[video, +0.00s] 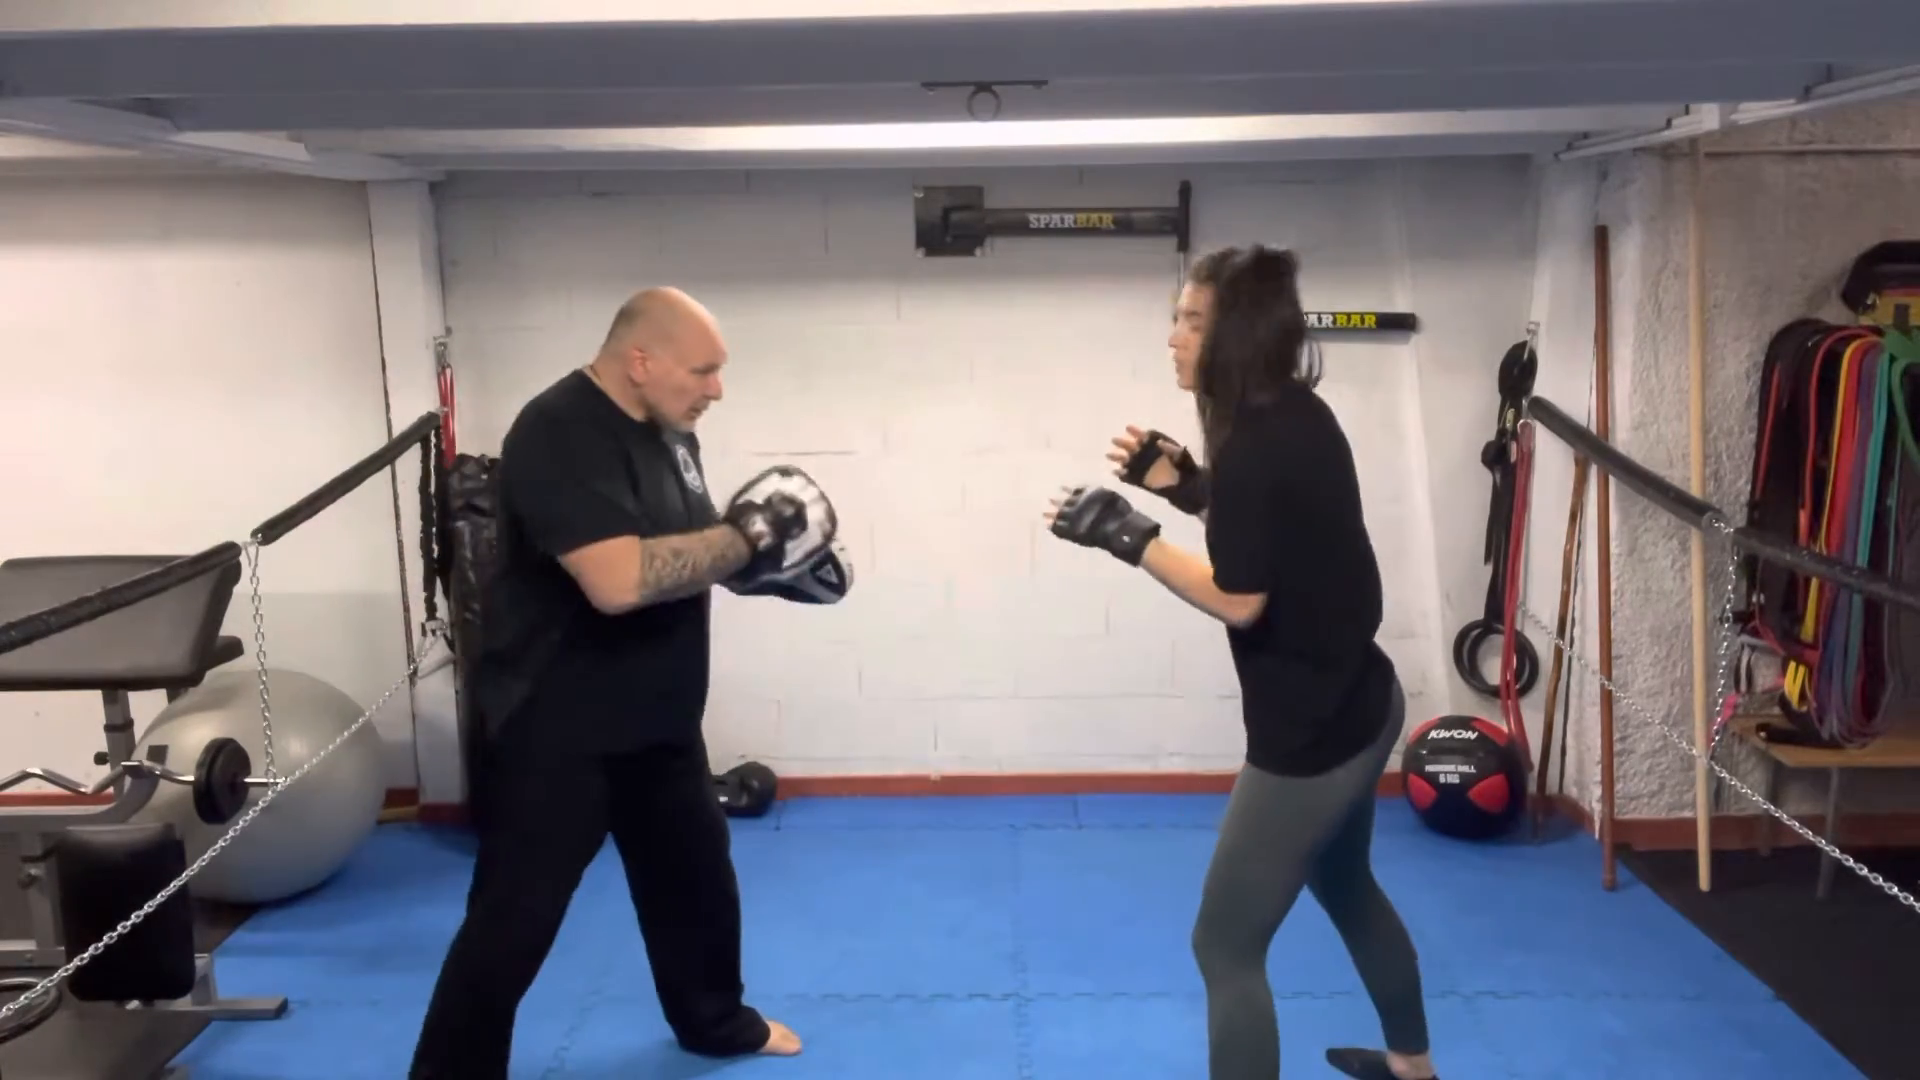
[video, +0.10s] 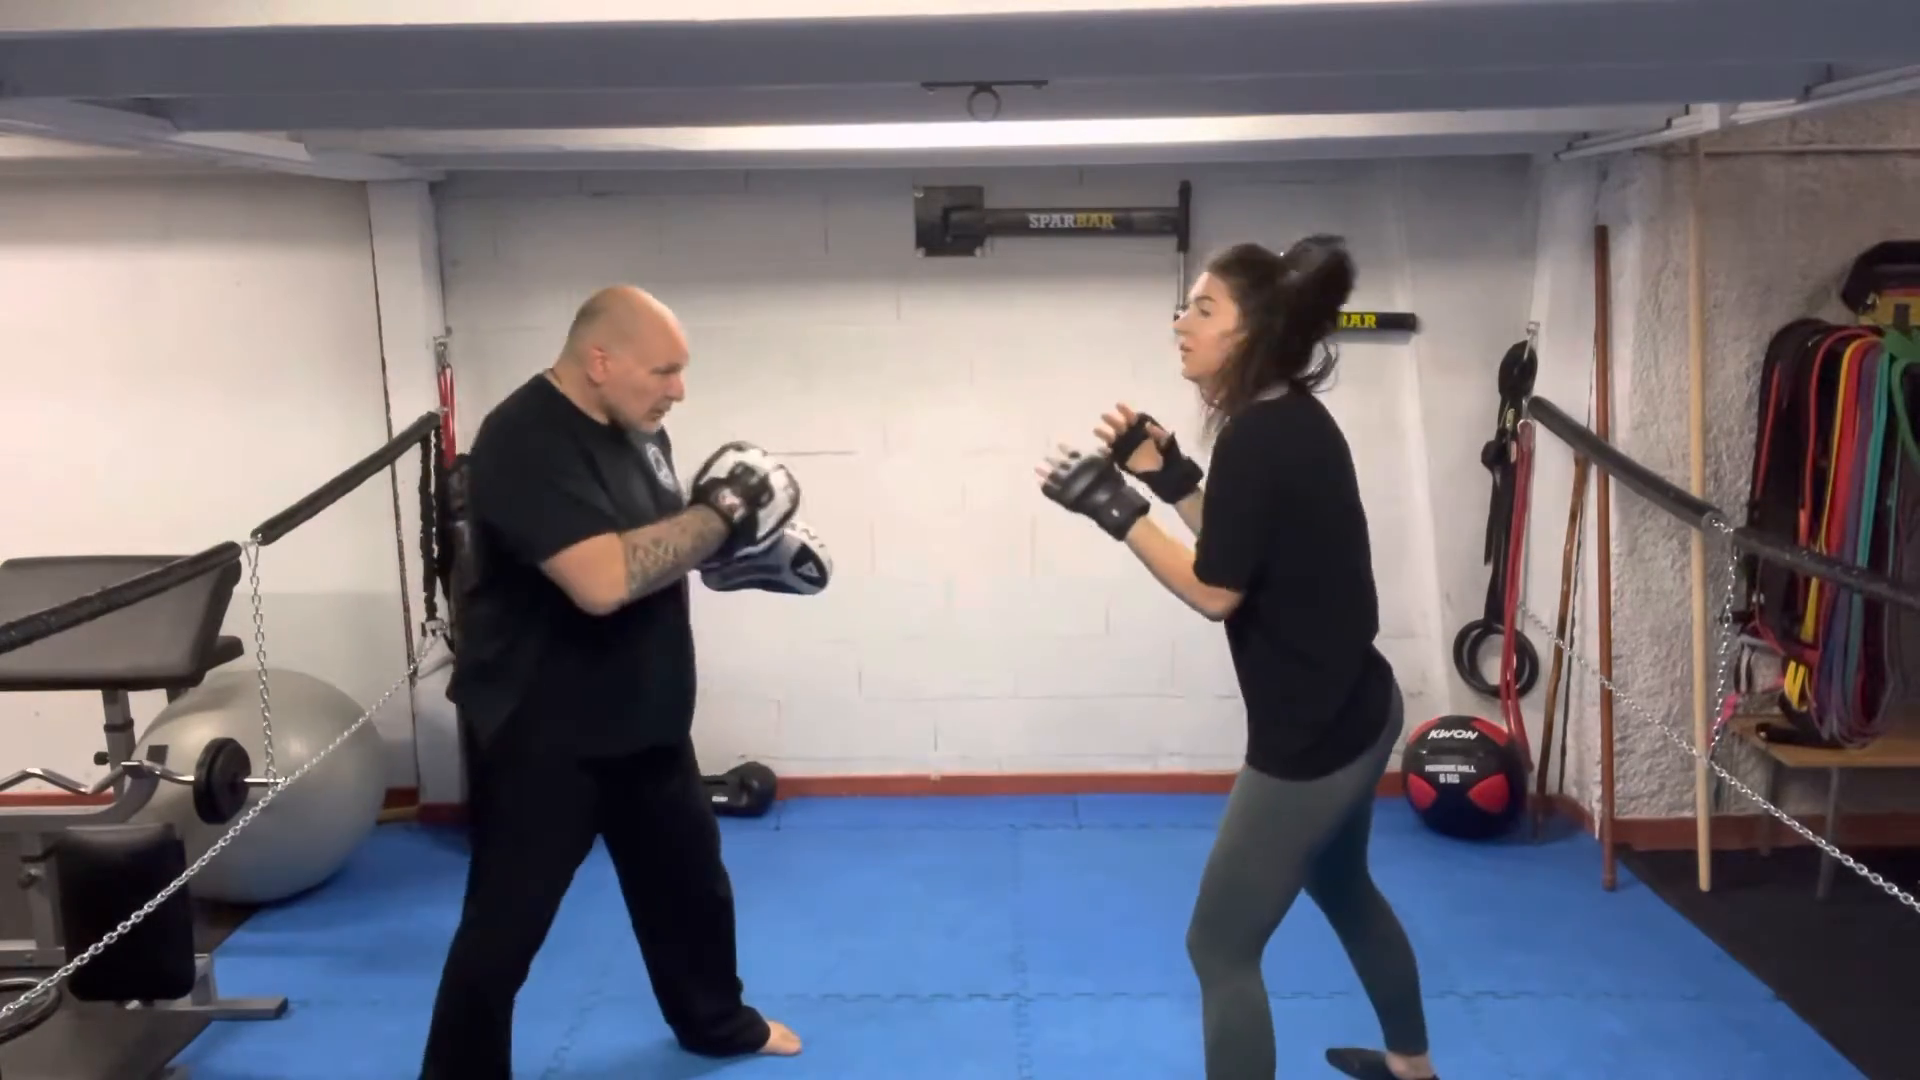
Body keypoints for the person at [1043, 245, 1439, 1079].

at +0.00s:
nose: (1173, 338)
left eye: (1189, 323)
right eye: (1175, 320)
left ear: (1239, 335)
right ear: (1265, 336)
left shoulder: (1255, 440)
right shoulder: (1300, 416)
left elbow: (1239, 601)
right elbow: (1288, 530)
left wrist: (1130, 537)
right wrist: (1191, 485)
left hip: (1309, 736)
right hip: (1358, 706)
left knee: (1227, 946)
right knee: (1346, 885)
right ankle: (1412, 1061)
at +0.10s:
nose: (1181, 323)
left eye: (1201, 311)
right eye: (1188, 306)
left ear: (1248, 332)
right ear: (1251, 334)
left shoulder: (1257, 437)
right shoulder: (1297, 421)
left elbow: (1216, 591)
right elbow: (1249, 561)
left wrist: (1120, 511)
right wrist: (1174, 476)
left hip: (1306, 741)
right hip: (1357, 712)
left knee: (1222, 947)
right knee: (1343, 886)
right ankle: (1411, 1060)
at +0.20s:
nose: (1163, 333)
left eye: (1179, 316)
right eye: (1168, 314)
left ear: (1233, 334)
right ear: (1236, 336)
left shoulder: (1245, 436)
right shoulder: (1290, 422)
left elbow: (1186, 582)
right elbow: (1221, 554)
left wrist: (1114, 481)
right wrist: (1163, 460)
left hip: (1296, 744)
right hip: (1346, 713)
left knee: (1205, 948)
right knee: (1338, 888)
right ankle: (1410, 1060)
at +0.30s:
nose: (1136, 348)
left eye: (1149, 328)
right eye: (1140, 329)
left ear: (1204, 336)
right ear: (1206, 334)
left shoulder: (1229, 433)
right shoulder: (1286, 419)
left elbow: (1156, 570)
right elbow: (1220, 537)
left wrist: (1105, 464)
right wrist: (1151, 447)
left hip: (1274, 748)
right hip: (1337, 720)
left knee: (1191, 951)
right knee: (1313, 888)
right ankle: (1399, 1053)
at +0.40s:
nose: (1117, 356)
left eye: (1128, 335)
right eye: (1119, 336)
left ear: (1183, 336)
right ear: (1189, 332)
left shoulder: (1208, 431)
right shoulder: (1280, 416)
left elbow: (1137, 565)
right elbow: (1216, 530)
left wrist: (1092, 453)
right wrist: (1141, 442)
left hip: (1256, 755)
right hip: (1326, 720)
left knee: (1187, 955)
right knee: (1267, 873)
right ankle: (1363, 1046)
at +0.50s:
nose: (1104, 360)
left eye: (1114, 337)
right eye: (1106, 338)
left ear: (1170, 335)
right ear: (1178, 334)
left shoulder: (1201, 430)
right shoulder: (1274, 415)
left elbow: (1142, 571)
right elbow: (1231, 530)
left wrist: (1089, 468)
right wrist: (1141, 459)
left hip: (1248, 750)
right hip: (1313, 717)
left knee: (1185, 956)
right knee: (1241, 878)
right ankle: (1309, 1055)